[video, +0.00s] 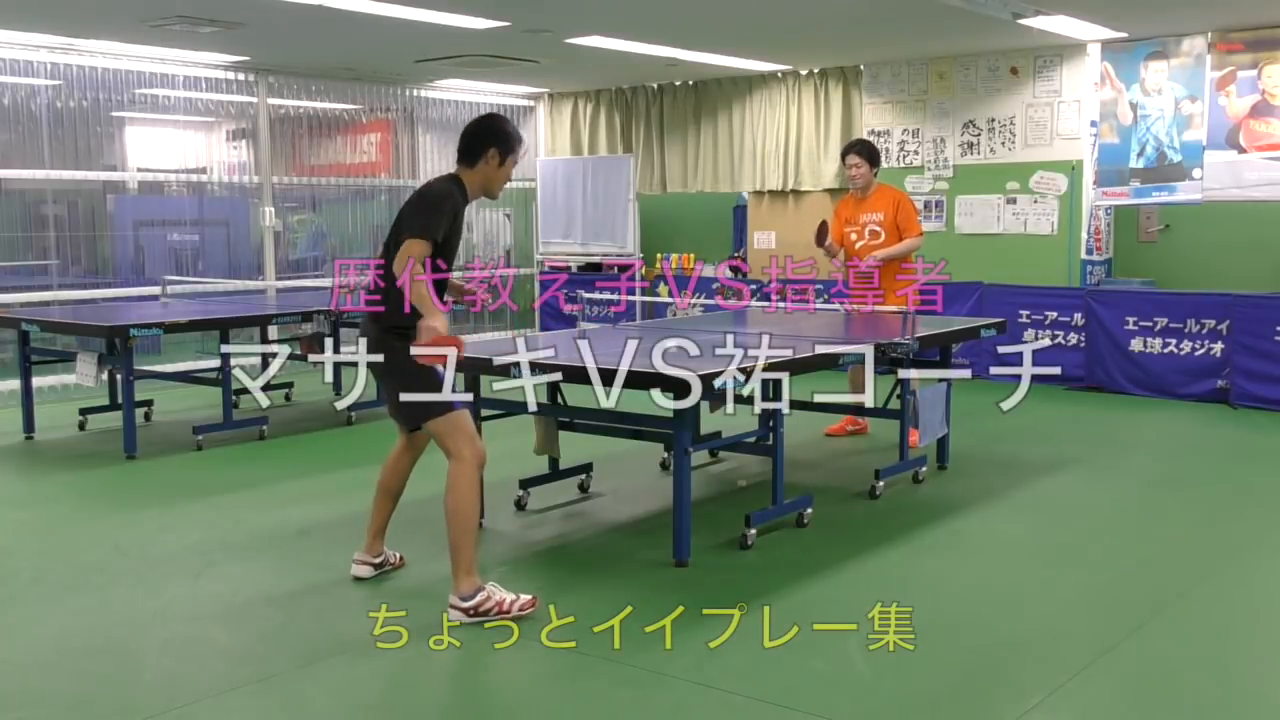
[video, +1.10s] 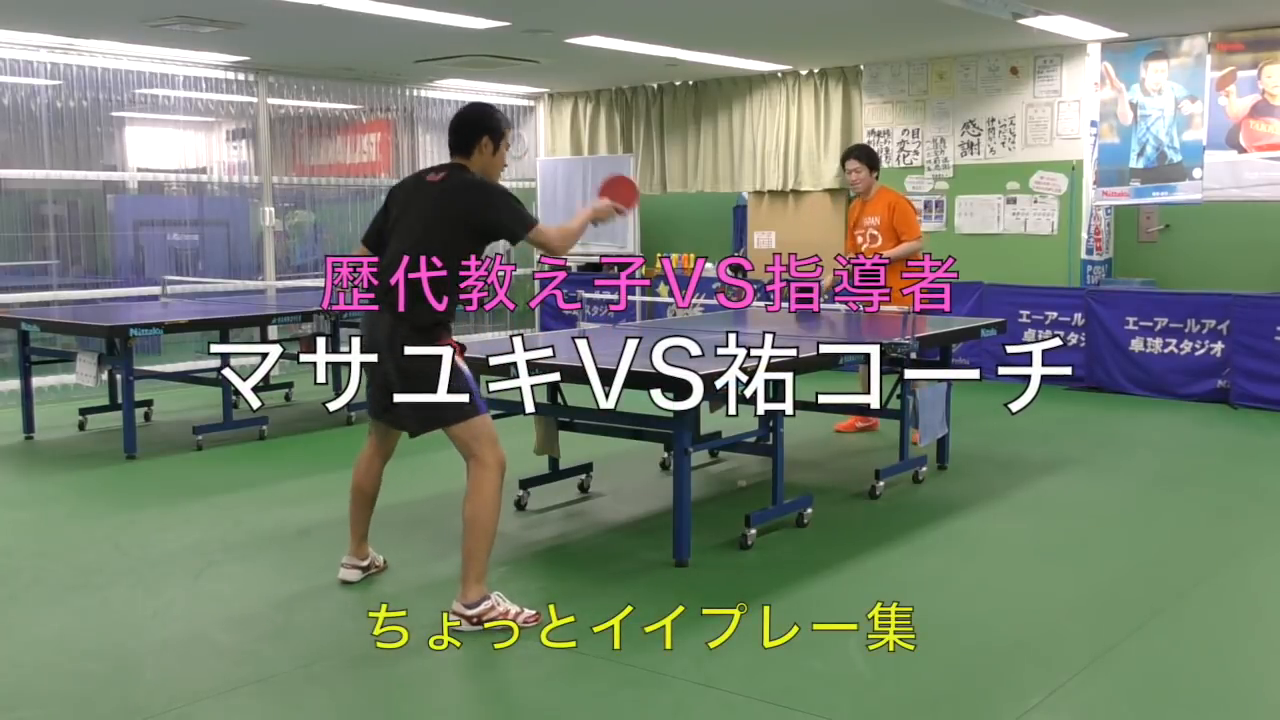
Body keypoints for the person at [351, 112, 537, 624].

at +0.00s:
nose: (510, 176)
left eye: (512, 167)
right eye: (509, 165)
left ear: (478, 158)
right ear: (488, 158)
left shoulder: (447, 197)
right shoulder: (442, 194)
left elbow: (415, 267)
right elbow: (405, 264)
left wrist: (449, 289)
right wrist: (432, 312)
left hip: (400, 343)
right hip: (408, 345)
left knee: (412, 441)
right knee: (468, 452)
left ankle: (370, 552)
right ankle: (467, 589)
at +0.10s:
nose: (510, 178)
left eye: (513, 168)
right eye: (509, 166)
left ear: (476, 159)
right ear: (483, 158)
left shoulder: (426, 193)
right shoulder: (451, 199)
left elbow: (383, 258)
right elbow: (459, 287)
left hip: (386, 340)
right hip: (405, 343)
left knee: (405, 441)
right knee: (464, 453)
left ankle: (370, 552)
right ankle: (465, 590)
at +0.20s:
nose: (508, 168)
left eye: (509, 157)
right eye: (505, 155)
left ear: (468, 151)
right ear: (483, 151)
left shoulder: (415, 188)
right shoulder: (469, 200)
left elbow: (366, 255)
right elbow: (526, 269)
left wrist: (439, 283)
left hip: (381, 336)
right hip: (411, 341)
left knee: (393, 441)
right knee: (469, 455)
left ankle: (369, 552)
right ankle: (469, 591)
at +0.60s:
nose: (502, 146)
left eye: (499, 137)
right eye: (502, 137)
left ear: (450, 136)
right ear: (493, 137)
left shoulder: (412, 184)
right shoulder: (489, 189)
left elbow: (372, 251)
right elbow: (530, 263)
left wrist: (429, 266)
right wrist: (574, 277)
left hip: (396, 338)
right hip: (448, 343)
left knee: (391, 445)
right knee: (500, 462)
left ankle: (365, 554)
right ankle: (475, 598)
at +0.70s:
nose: (509, 150)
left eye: (507, 140)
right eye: (508, 140)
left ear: (459, 137)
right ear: (496, 141)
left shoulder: (421, 183)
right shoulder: (473, 190)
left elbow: (380, 249)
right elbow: (464, 268)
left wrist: (434, 275)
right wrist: (523, 315)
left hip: (397, 342)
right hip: (437, 347)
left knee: (395, 443)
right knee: (492, 461)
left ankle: (359, 553)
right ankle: (474, 597)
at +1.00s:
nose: (509, 173)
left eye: (512, 163)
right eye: (508, 161)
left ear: (469, 154)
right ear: (482, 154)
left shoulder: (422, 191)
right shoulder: (458, 196)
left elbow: (384, 258)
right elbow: (502, 276)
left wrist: (452, 286)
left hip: (386, 344)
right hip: (418, 350)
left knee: (389, 446)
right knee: (481, 458)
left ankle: (357, 554)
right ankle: (472, 597)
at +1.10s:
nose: (505, 160)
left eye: (505, 150)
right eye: (503, 150)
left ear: (457, 145)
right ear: (484, 147)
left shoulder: (409, 186)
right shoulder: (483, 194)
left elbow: (371, 245)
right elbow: (556, 243)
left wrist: (428, 260)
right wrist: (589, 213)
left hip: (379, 339)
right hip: (425, 344)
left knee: (377, 446)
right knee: (487, 458)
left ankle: (356, 555)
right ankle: (473, 597)